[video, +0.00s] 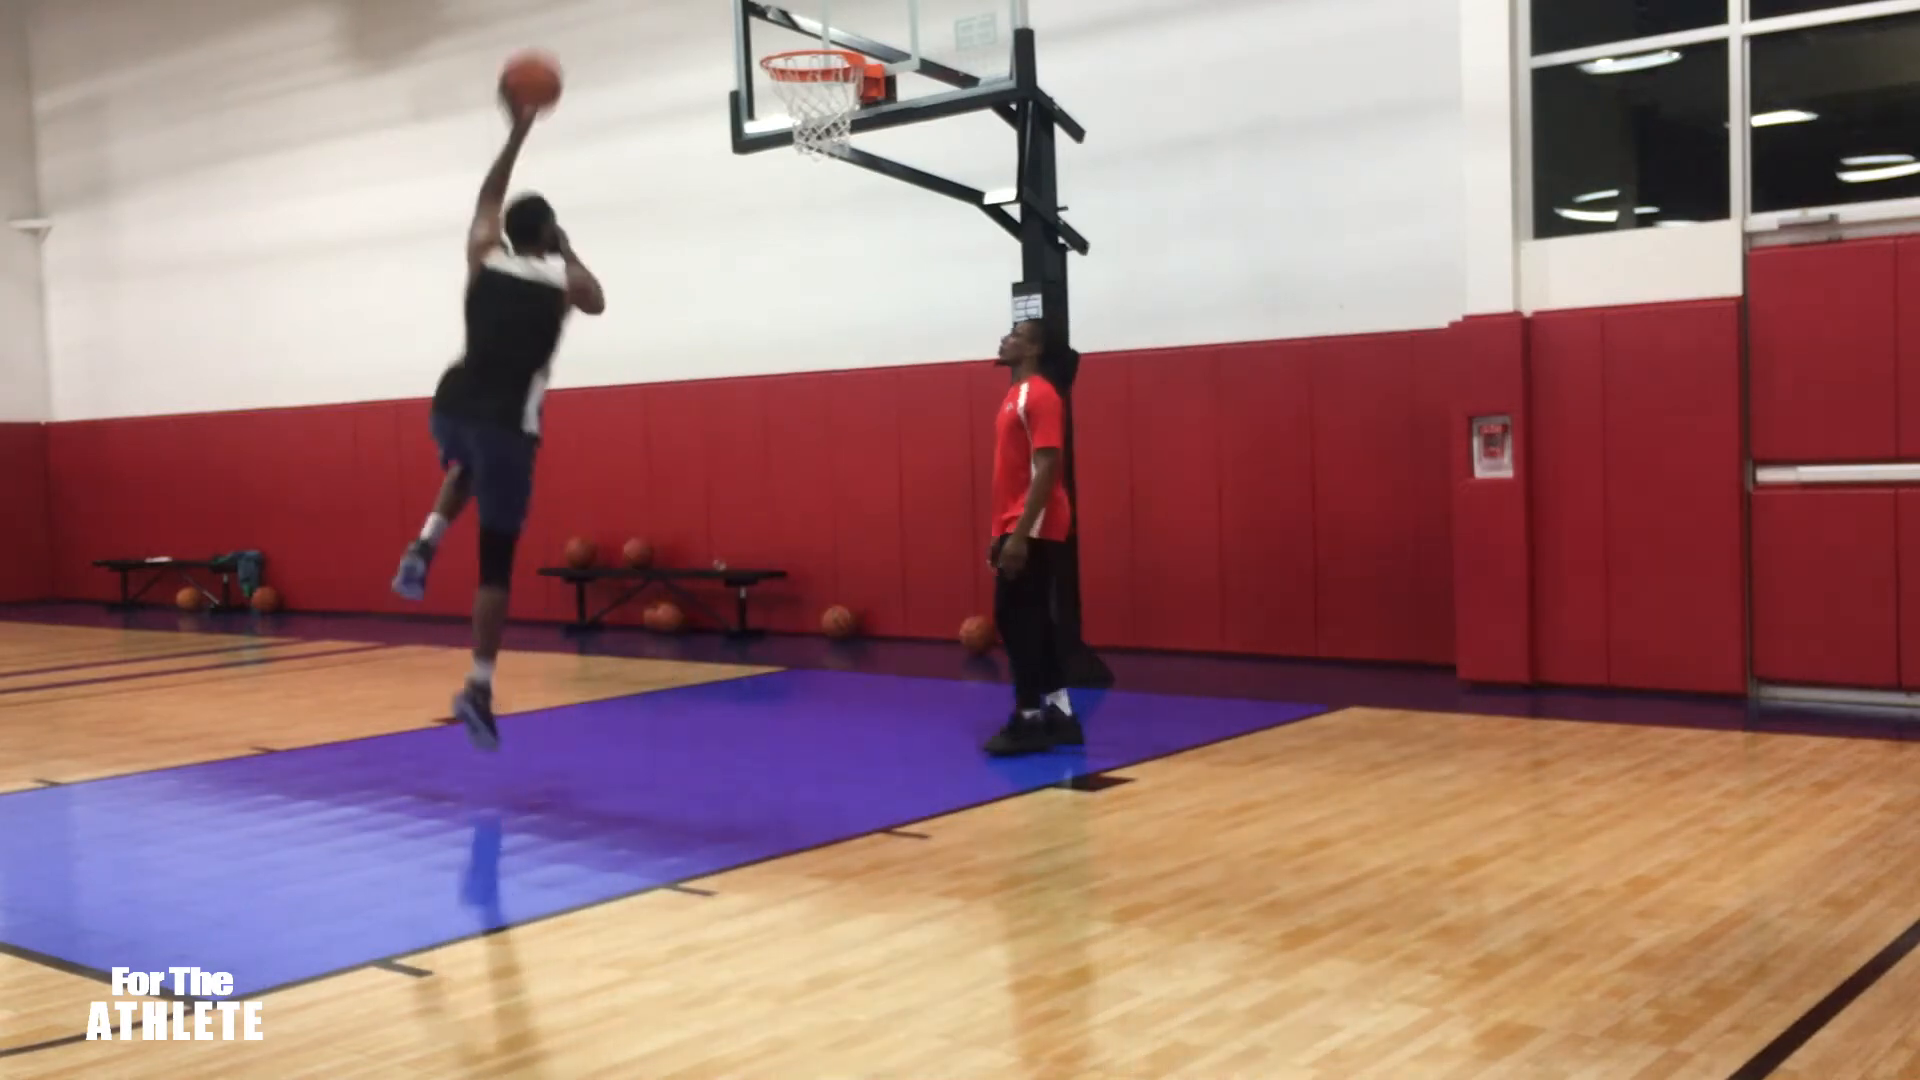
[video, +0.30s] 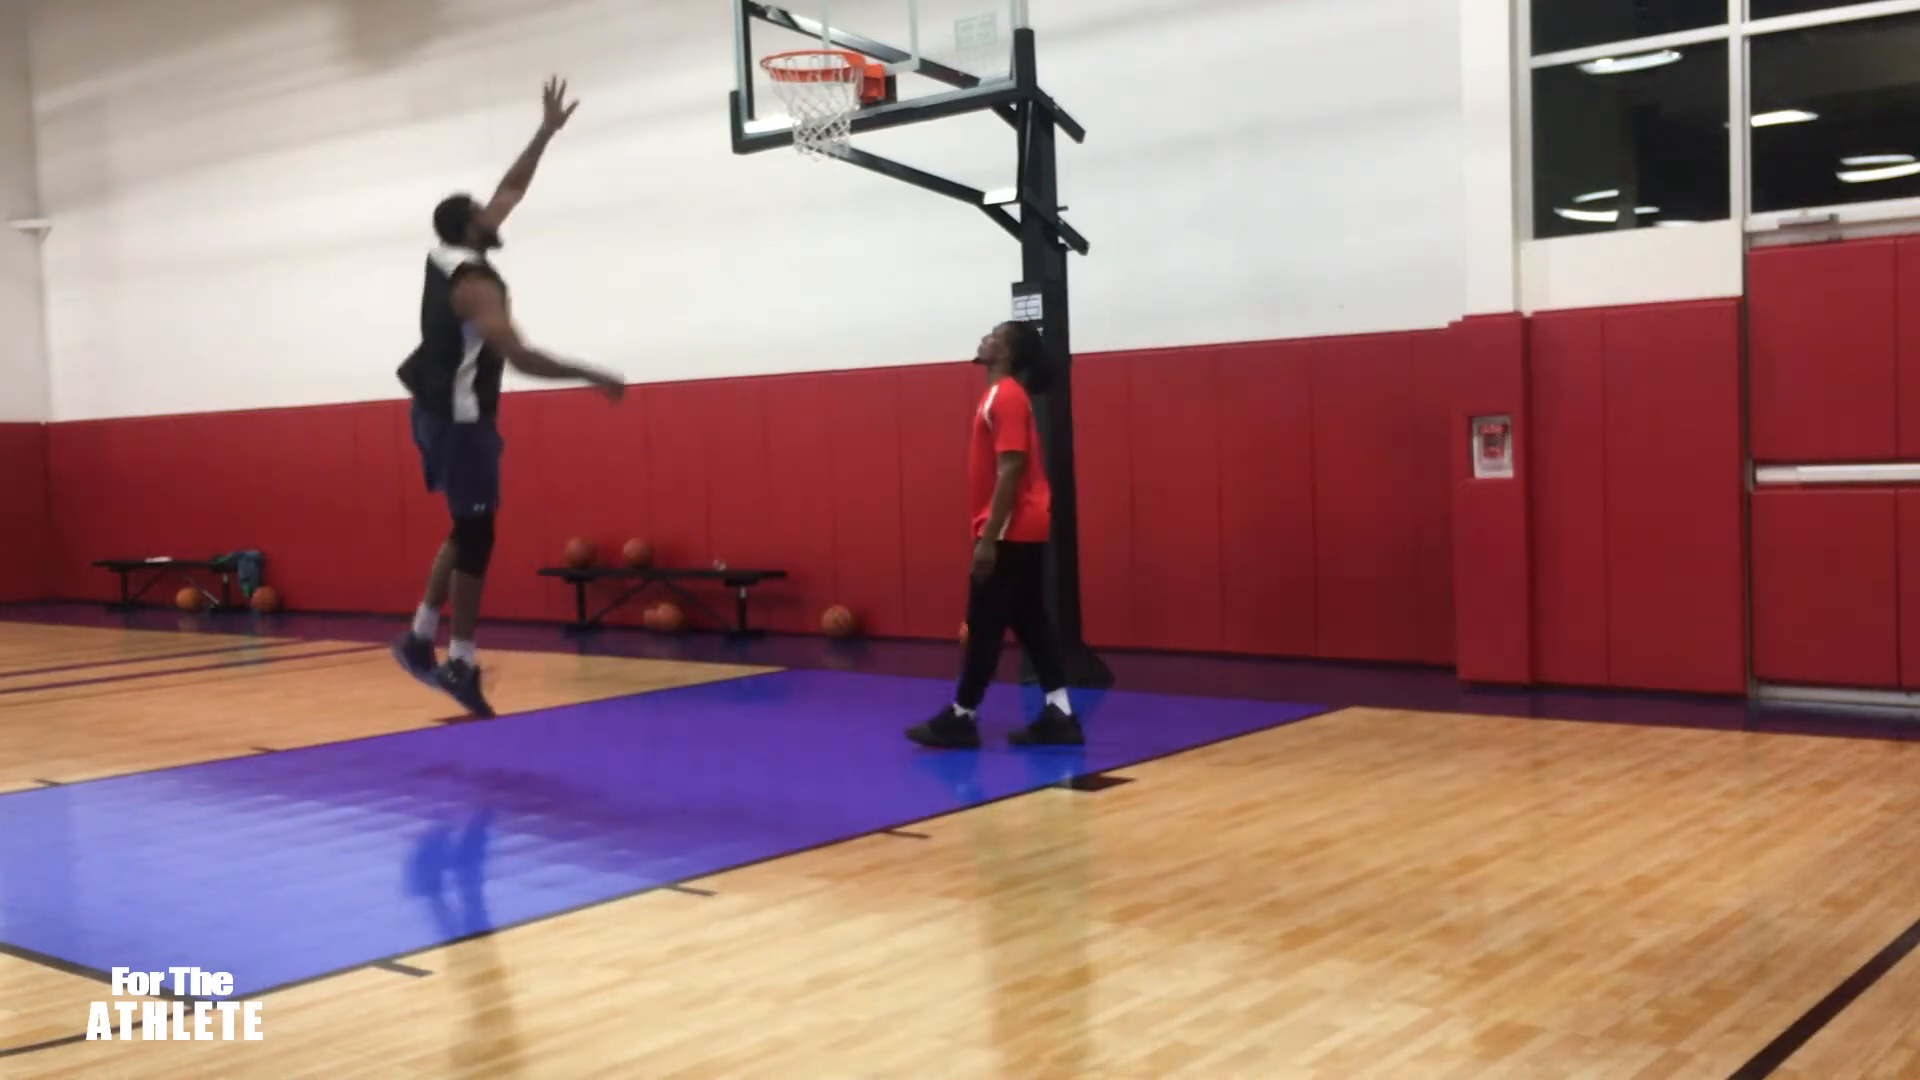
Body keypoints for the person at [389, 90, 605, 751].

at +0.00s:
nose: (552, 229)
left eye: (539, 221)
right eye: (552, 223)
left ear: (506, 231)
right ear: (550, 237)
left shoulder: (483, 259)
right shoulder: (563, 280)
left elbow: (489, 195)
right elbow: (594, 300)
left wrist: (520, 127)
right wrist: (564, 251)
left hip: (452, 409)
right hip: (506, 429)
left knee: (465, 463)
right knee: (494, 563)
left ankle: (423, 543)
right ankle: (480, 684)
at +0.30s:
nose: (492, 215)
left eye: (486, 211)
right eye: (485, 215)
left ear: (458, 229)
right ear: (470, 232)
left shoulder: (450, 252)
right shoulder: (476, 285)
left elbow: (509, 192)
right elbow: (519, 357)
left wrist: (546, 131)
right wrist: (593, 376)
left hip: (438, 409)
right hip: (463, 420)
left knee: (469, 526)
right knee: (476, 534)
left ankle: (421, 635)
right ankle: (461, 661)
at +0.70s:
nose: (458, 323)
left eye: (454, 318)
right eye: (449, 320)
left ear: (443, 333)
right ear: (432, 335)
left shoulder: (457, 364)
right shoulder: (407, 396)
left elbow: (497, 302)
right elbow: (368, 462)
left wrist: (532, 243)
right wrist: (349, 530)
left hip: (463, 521)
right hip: (445, 526)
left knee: (444, 623)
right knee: (507, 613)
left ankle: (415, 723)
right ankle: (446, 714)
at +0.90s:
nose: (464, 323)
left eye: (459, 317)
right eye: (455, 320)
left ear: (443, 335)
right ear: (435, 337)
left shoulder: (463, 368)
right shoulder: (405, 398)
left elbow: (496, 301)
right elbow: (365, 464)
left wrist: (522, 235)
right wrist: (339, 533)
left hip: (459, 523)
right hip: (430, 528)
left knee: (443, 624)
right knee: (470, 622)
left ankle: (417, 724)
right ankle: (415, 731)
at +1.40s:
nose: (505, 318)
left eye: (500, 309)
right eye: (496, 310)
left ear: (479, 323)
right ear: (474, 322)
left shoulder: (500, 377)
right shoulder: (433, 382)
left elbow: (501, 443)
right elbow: (429, 459)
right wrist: (493, 500)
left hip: (493, 521)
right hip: (441, 525)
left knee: (530, 612)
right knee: (429, 625)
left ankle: (524, 738)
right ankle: (404, 742)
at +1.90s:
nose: (653, 326)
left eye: (653, 316)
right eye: (648, 316)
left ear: (629, 313)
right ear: (623, 312)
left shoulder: (619, 367)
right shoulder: (566, 358)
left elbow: (614, 439)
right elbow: (534, 435)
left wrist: (664, 484)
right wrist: (576, 496)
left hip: (598, 517)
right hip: (563, 517)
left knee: (596, 625)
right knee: (590, 623)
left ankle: (565, 746)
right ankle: (558, 750)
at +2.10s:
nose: (699, 327)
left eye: (700, 318)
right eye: (694, 317)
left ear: (671, 313)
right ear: (667, 312)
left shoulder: (671, 370)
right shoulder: (610, 367)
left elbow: (671, 434)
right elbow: (586, 447)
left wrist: (742, 464)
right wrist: (651, 496)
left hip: (650, 530)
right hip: (620, 532)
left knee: (623, 634)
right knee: (670, 634)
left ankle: (567, 739)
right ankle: (713, 764)